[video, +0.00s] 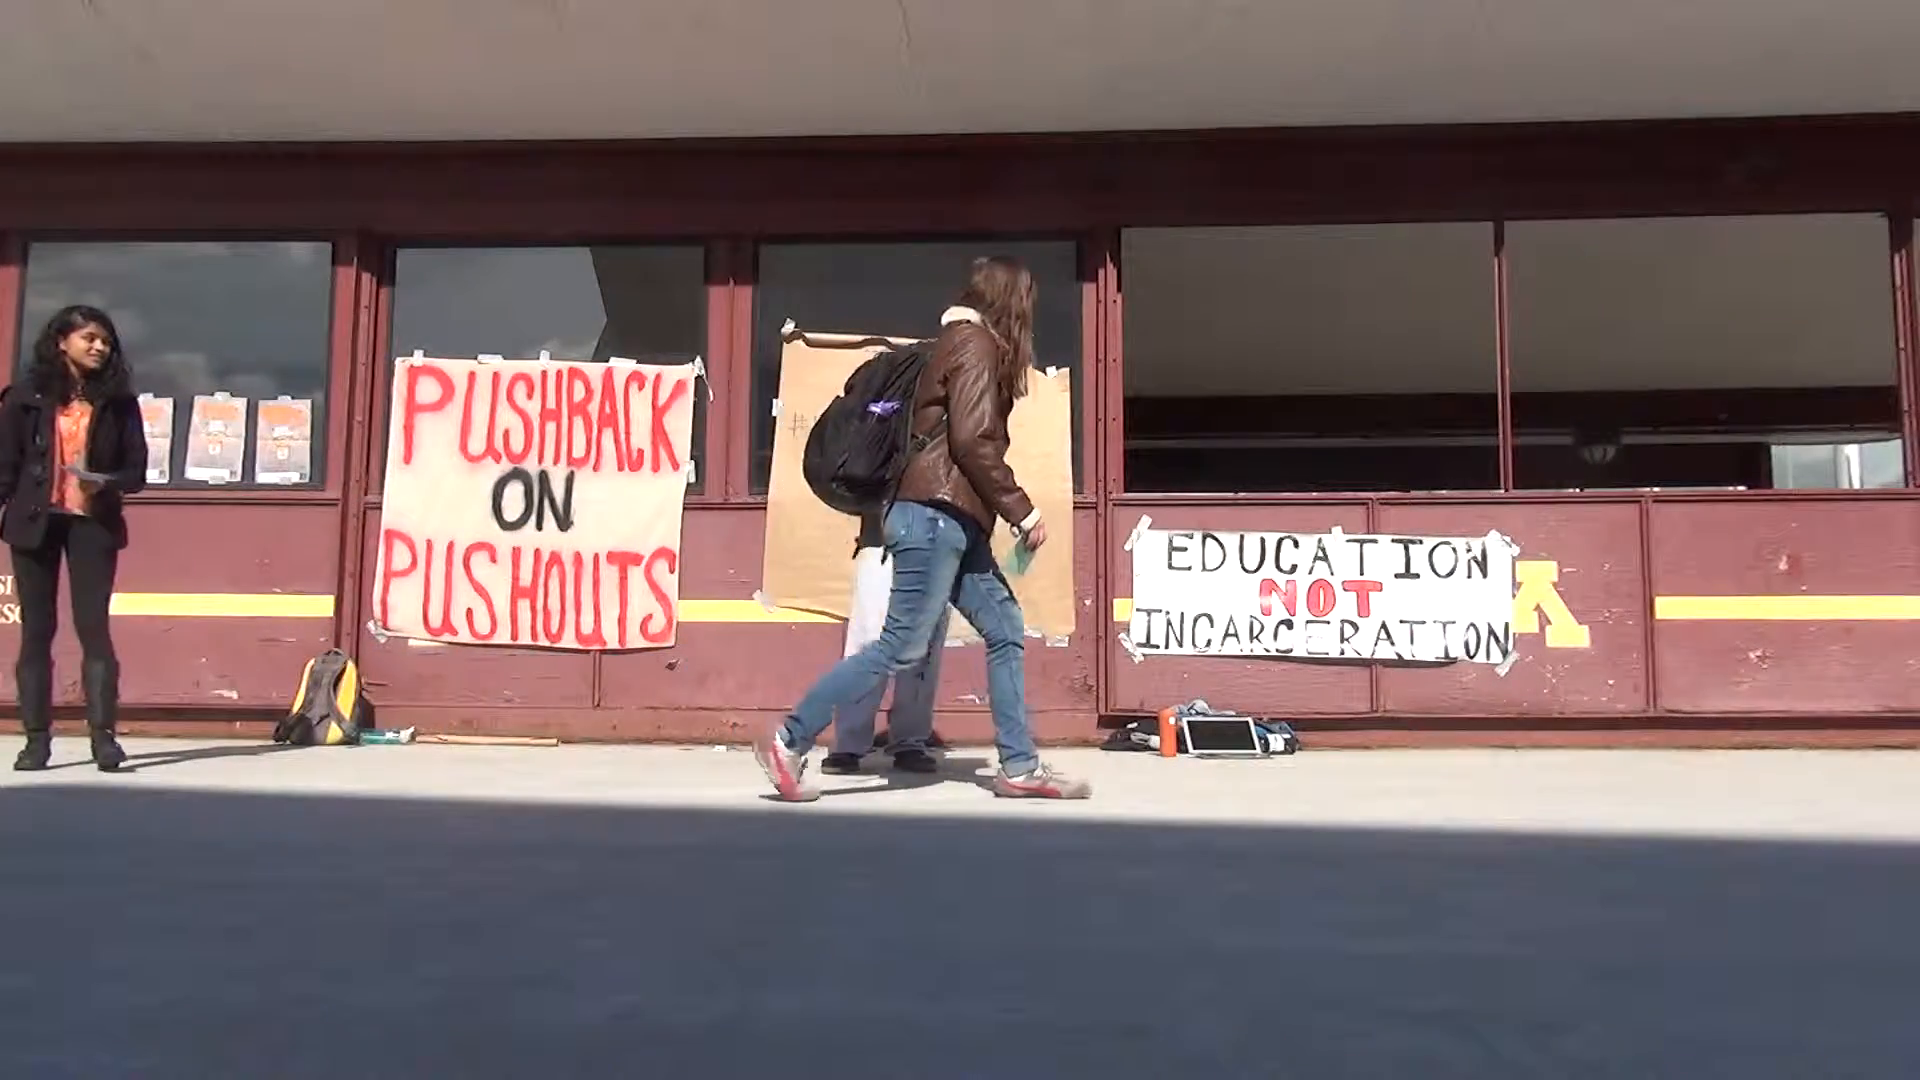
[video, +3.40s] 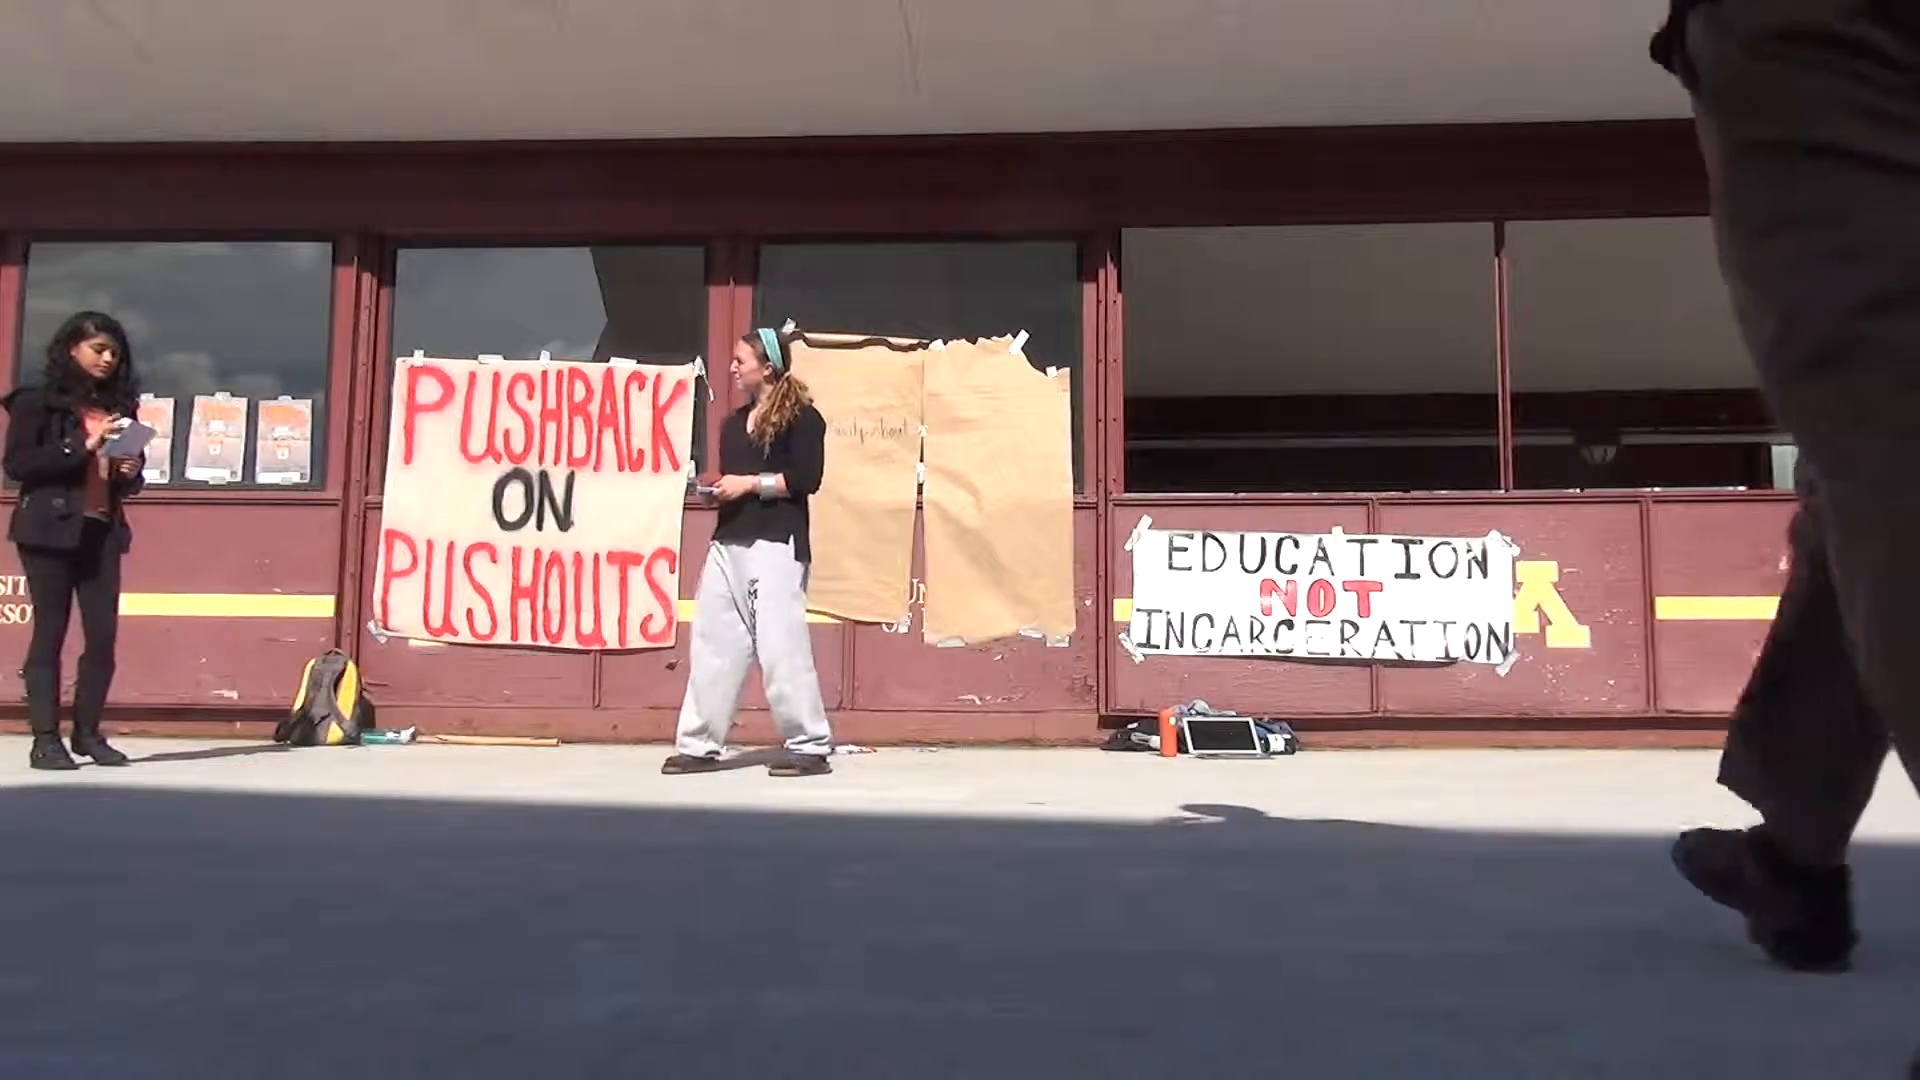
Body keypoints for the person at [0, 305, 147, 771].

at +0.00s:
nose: (98, 347)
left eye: (104, 340)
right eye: (88, 338)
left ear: (111, 349)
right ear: (61, 341)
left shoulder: (118, 400)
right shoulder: (25, 395)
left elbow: (136, 472)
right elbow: (10, 462)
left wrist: (107, 482)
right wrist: (10, 508)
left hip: (92, 524)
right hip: (33, 521)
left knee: (93, 625)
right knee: (37, 628)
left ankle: (104, 737)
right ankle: (36, 739)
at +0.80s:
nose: (136, 363)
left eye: (142, 356)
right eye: (127, 353)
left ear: (149, 364)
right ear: (101, 356)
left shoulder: (160, 412)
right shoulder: (72, 407)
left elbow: (178, 482)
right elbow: (46, 472)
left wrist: (166, 482)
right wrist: (53, 488)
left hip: (141, 527)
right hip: (84, 524)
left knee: (130, 628)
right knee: (68, 628)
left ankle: (127, 736)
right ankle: (40, 739)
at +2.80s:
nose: (103, 359)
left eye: (111, 352)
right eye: (94, 349)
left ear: (118, 358)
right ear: (68, 348)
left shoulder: (121, 403)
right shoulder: (34, 398)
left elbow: (132, 474)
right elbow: (16, 464)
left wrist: (130, 470)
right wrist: (74, 438)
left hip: (102, 526)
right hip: (48, 524)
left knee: (107, 631)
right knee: (52, 629)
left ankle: (108, 732)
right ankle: (46, 738)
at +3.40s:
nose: (106, 359)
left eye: (113, 352)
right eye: (97, 349)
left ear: (120, 358)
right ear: (70, 349)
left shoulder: (121, 407)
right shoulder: (36, 400)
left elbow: (128, 484)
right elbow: (18, 465)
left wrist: (129, 473)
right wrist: (81, 448)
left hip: (101, 529)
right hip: (48, 527)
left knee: (102, 637)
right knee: (50, 631)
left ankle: (87, 734)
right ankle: (46, 739)